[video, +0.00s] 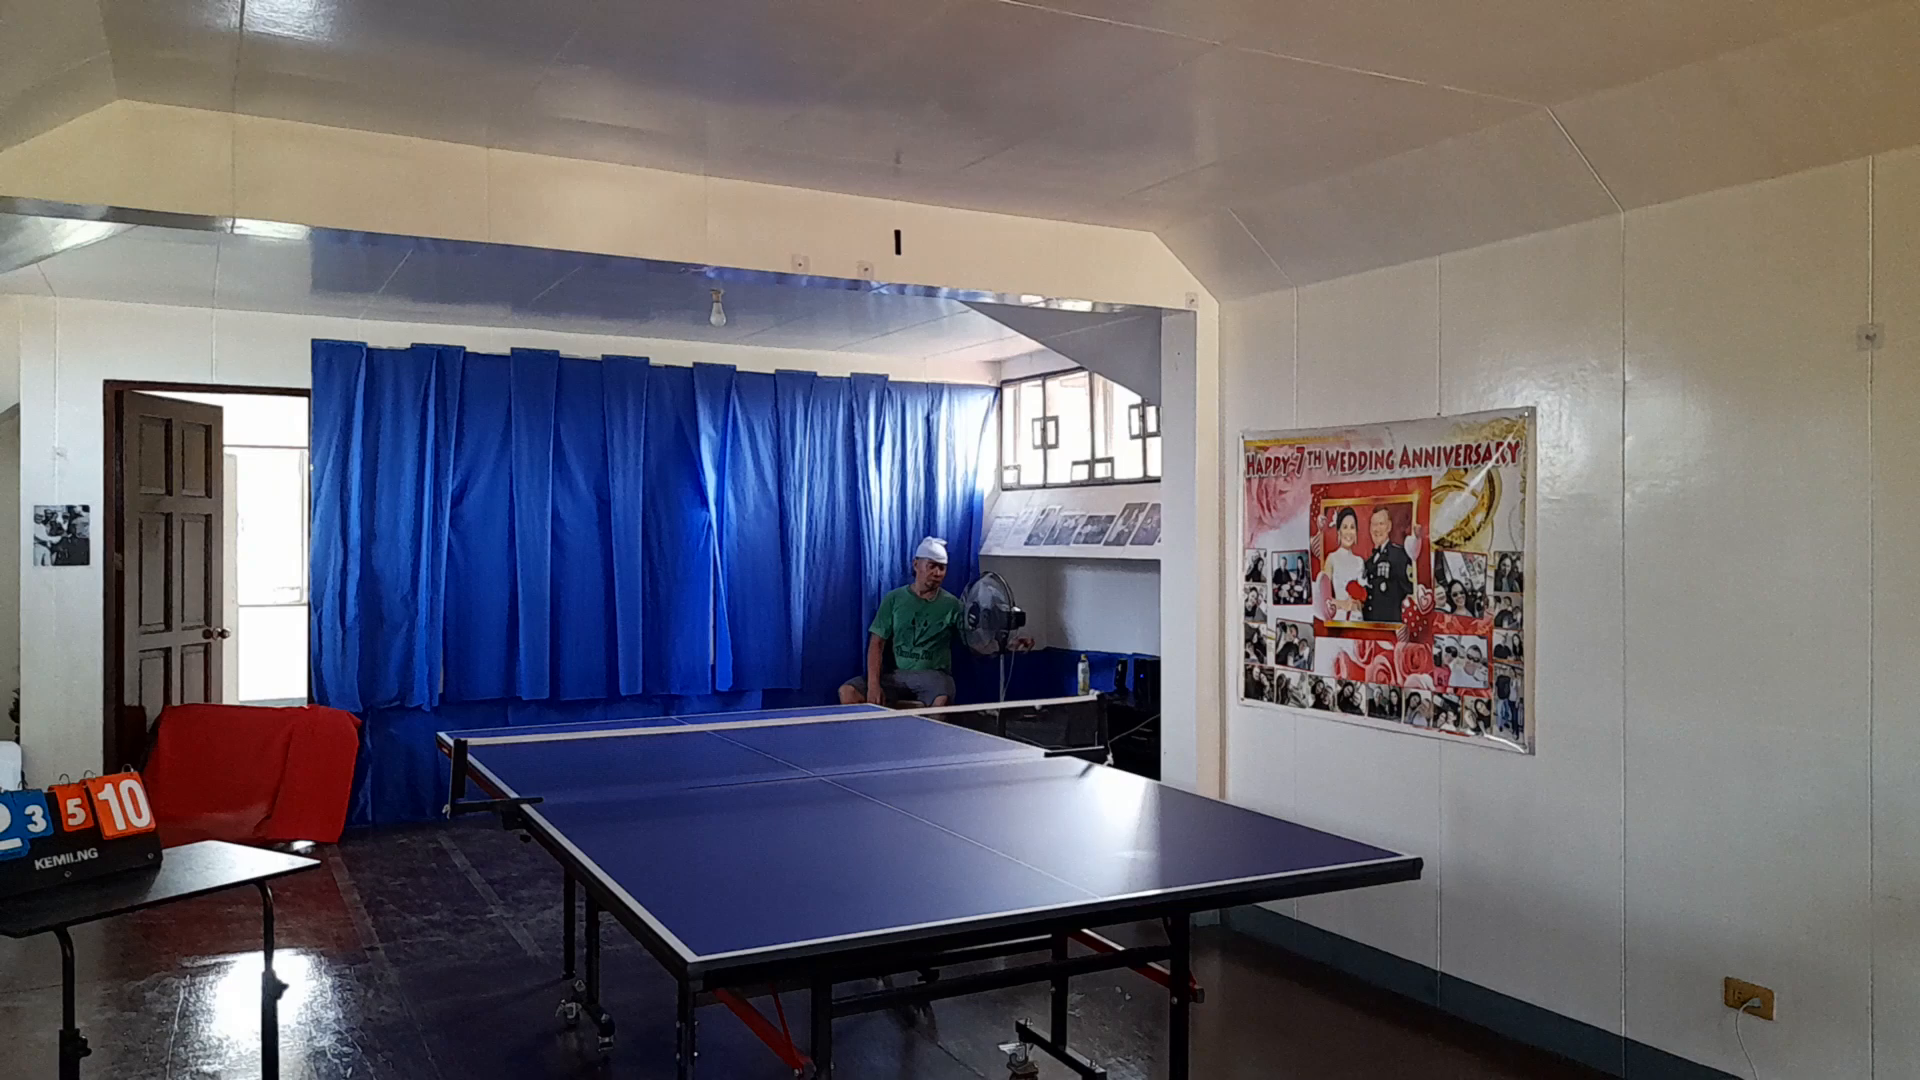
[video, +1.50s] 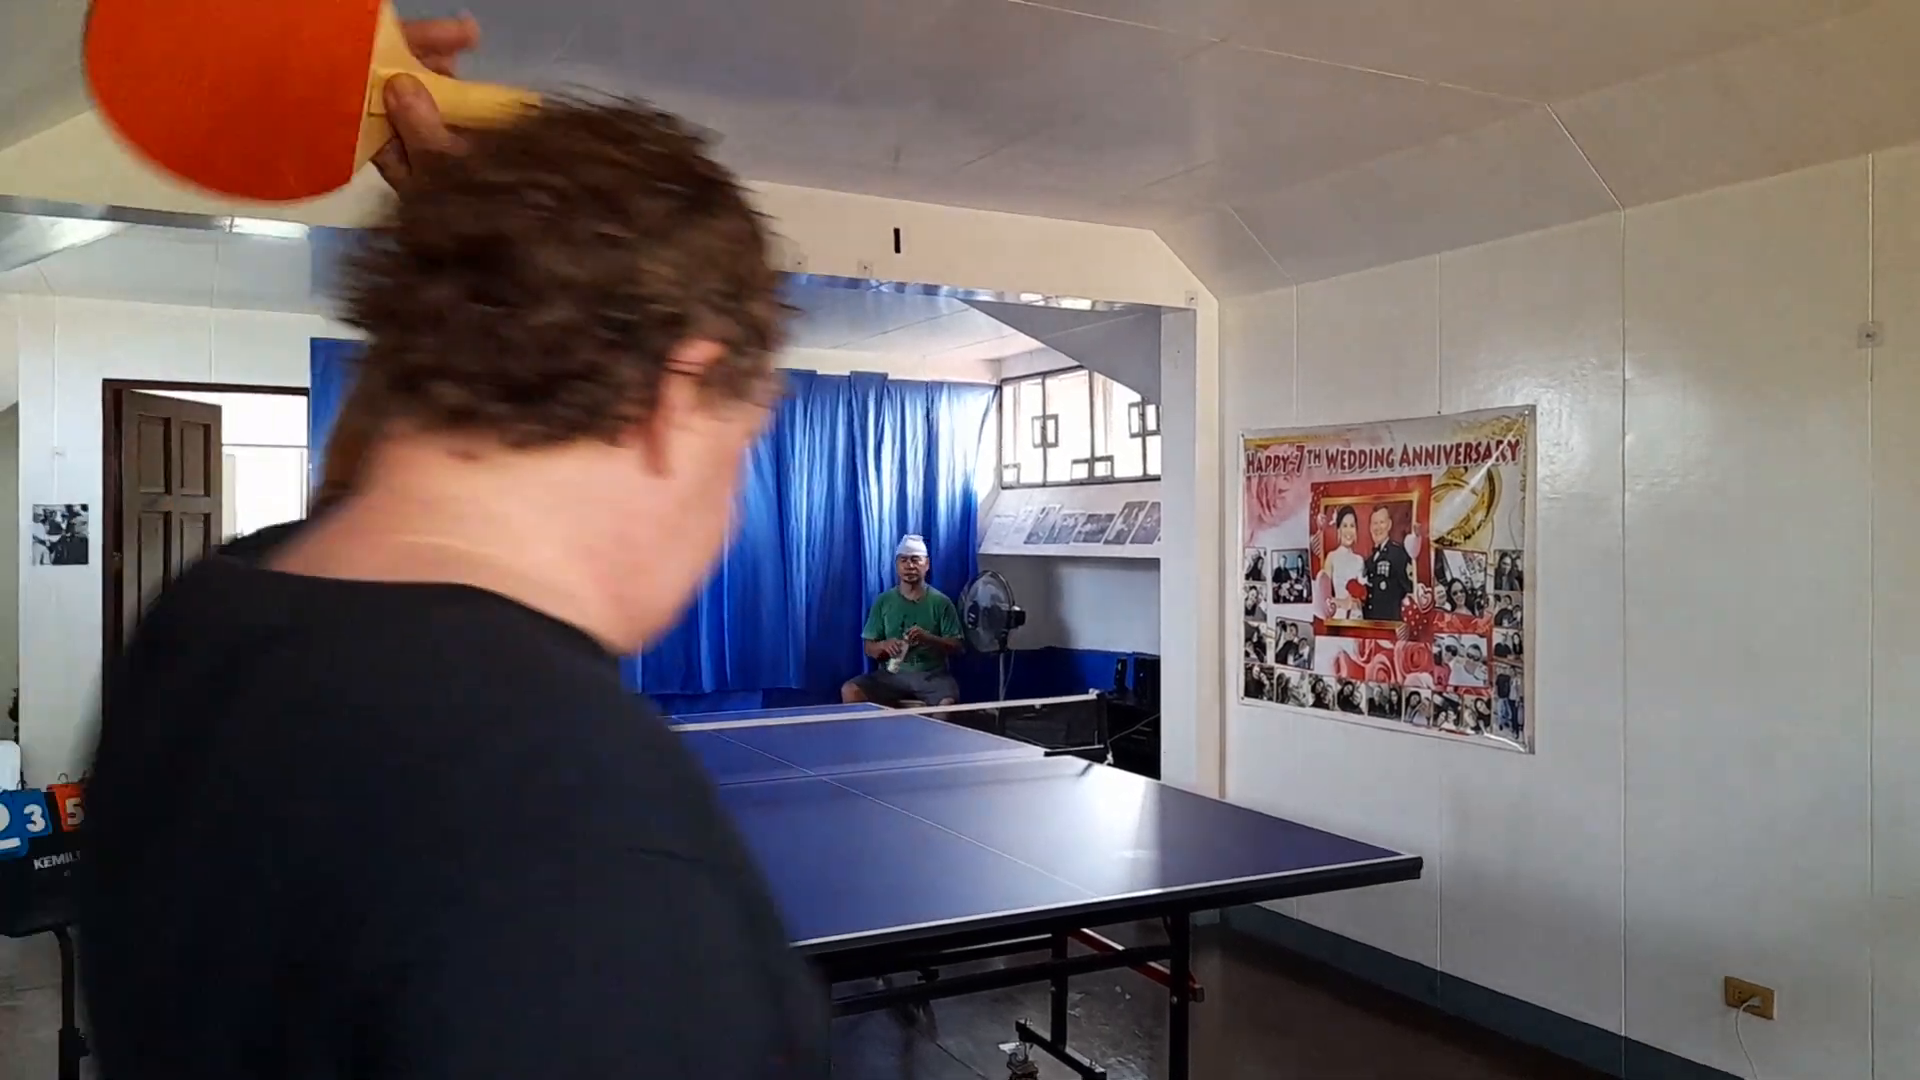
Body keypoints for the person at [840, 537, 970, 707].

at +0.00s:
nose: (937, 573)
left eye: (942, 568)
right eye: (931, 566)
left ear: (946, 571)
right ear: (916, 565)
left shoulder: (953, 605)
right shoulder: (894, 599)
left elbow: (978, 643)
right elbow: (876, 643)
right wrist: (873, 685)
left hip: (933, 677)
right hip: (897, 675)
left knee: (941, 699)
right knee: (848, 691)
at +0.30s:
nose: (950, 572)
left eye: (954, 568)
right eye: (945, 565)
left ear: (958, 572)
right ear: (928, 566)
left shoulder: (963, 607)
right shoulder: (905, 600)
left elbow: (1004, 627)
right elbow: (883, 643)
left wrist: (1046, 638)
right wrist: (875, 687)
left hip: (935, 677)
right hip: (899, 673)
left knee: (944, 703)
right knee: (849, 691)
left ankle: (928, 753)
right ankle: (871, 742)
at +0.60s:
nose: (951, 575)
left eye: (955, 570)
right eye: (945, 568)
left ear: (960, 574)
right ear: (930, 569)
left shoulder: (964, 608)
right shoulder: (908, 600)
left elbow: (1008, 634)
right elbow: (885, 643)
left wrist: (1049, 650)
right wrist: (881, 689)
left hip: (938, 676)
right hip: (902, 671)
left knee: (948, 703)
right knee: (854, 690)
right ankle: (880, 741)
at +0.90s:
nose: (941, 573)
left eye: (946, 567)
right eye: (935, 567)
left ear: (951, 570)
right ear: (921, 569)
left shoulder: (959, 607)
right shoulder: (900, 602)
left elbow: (980, 643)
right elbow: (882, 647)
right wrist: (885, 692)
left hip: (938, 677)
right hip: (901, 673)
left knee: (949, 704)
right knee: (855, 692)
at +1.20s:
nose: (929, 568)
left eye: (934, 563)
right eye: (922, 562)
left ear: (939, 568)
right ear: (910, 566)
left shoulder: (950, 606)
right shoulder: (892, 601)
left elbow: (959, 647)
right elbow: (877, 649)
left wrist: (955, 649)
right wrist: (900, 664)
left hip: (933, 678)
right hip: (897, 676)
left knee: (950, 706)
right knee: (854, 692)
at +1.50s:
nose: (909, 565)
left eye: (915, 560)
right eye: (903, 560)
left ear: (927, 565)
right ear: (896, 566)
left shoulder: (941, 603)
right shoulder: (883, 602)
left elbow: (957, 645)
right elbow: (869, 648)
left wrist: (927, 639)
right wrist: (883, 646)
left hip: (931, 676)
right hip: (891, 675)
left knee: (947, 704)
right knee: (850, 691)